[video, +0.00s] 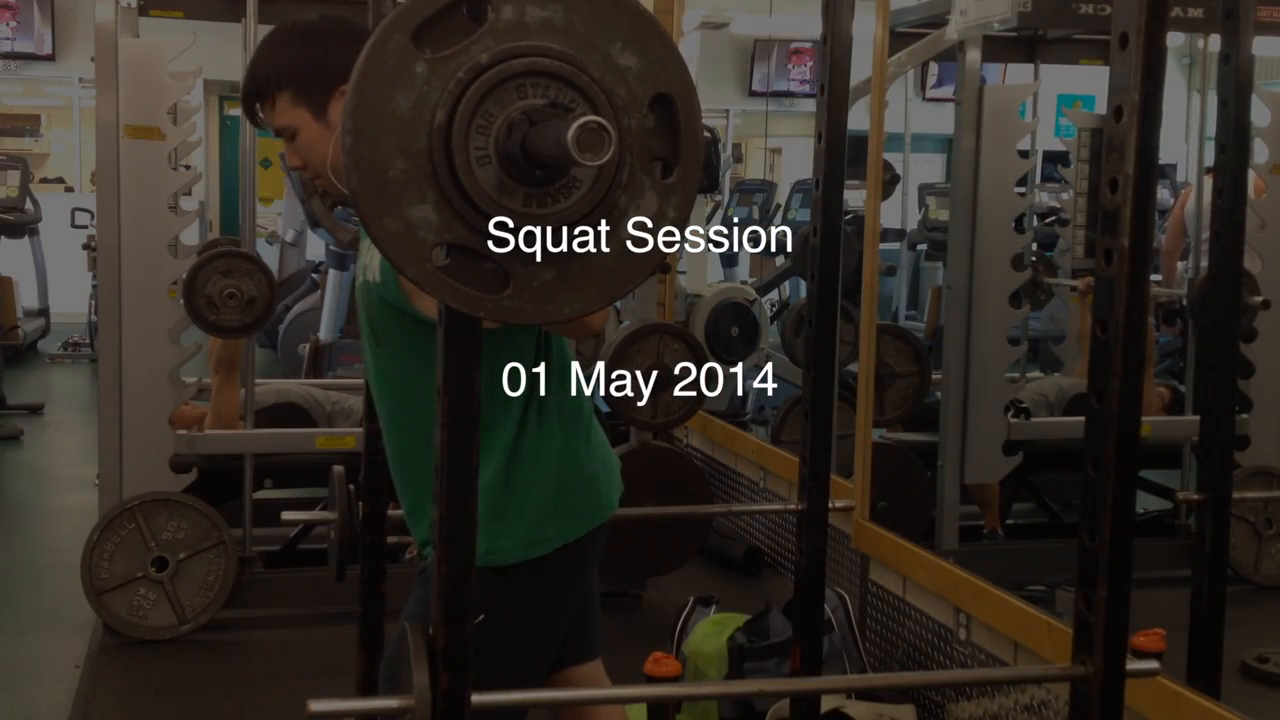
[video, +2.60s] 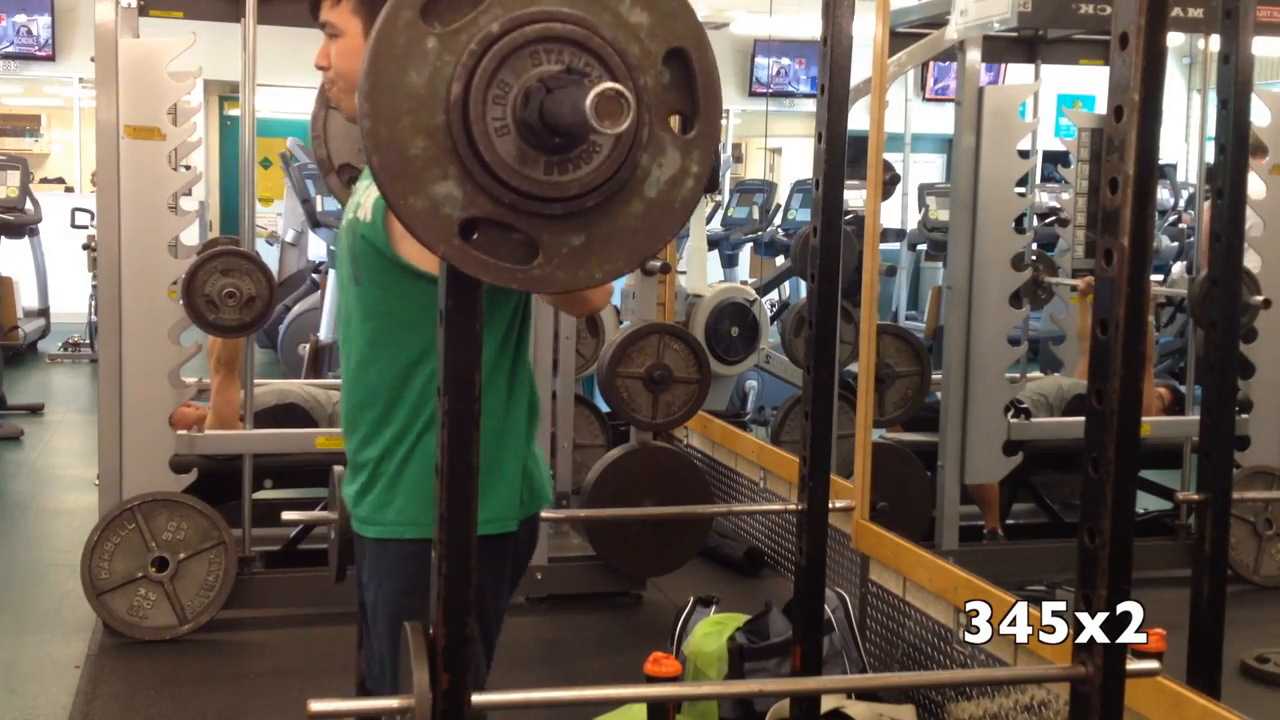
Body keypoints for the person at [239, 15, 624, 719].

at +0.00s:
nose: (290, 157)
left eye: (291, 132)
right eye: (280, 140)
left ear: (347, 104)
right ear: (343, 110)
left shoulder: (403, 217)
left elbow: (588, 318)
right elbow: (588, 317)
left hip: (507, 515)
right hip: (557, 492)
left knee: (447, 695)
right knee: (578, 679)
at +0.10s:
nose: (289, 155)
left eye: (290, 131)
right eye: (280, 138)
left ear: (346, 103)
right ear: (341, 108)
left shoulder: (404, 217)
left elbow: (587, 318)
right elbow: (587, 317)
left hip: (506, 513)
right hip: (555, 492)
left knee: (450, 695)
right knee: (578, 678)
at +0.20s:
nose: (290, 154)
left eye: (291, 130)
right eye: (281, 137)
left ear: (347, 103)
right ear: (341, 109)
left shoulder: (406, 215)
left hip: (511, 509)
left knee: (457, 694)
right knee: (578, 678)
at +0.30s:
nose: (289, 156)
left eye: (292, 131)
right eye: (280, 139)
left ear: (348, 106)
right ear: (342, 110)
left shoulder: (408, 216)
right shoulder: (389, 221)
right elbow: (588, 319)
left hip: (515, 507)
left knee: (476, 693)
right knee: (581, 676)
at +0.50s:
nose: (296, 136)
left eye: (301, 111)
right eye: (292, 116)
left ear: (360, 95)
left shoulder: (413, 229)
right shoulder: (384, 226)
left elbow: (582, 325)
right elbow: (579, 323)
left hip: (495, 539)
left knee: (396, 705)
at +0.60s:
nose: (298, 135)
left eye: (305, 109)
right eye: (295, 114)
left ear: (364, 96)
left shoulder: (412, 226)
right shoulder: (386, 222)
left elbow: (577, 325)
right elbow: (573, 327)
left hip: (478, 543)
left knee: (369, 714)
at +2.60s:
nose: (319, 58)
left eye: (332, 33)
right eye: (322, 35)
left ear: (392, 42)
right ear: (374, 46)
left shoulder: (419, 179)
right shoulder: (388, 179)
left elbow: (585, 293)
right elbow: (583, 292)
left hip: (445, 515)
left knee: (425, 705)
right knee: (412, 705)